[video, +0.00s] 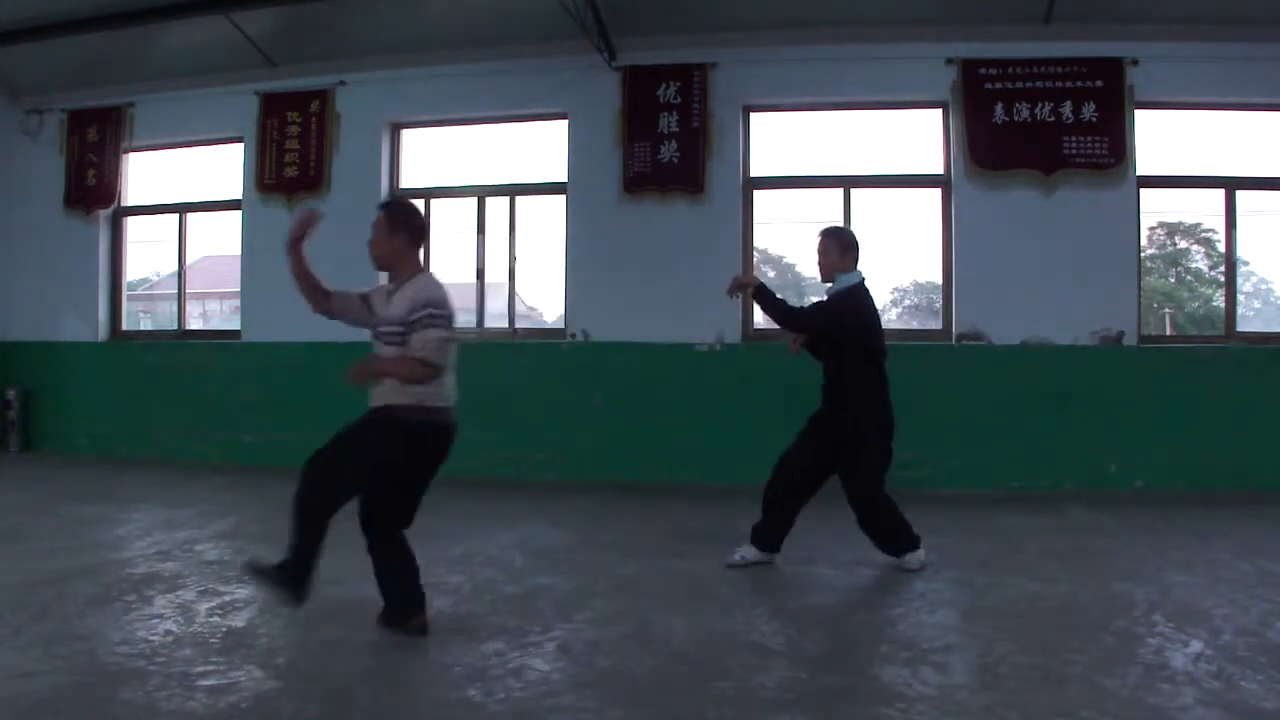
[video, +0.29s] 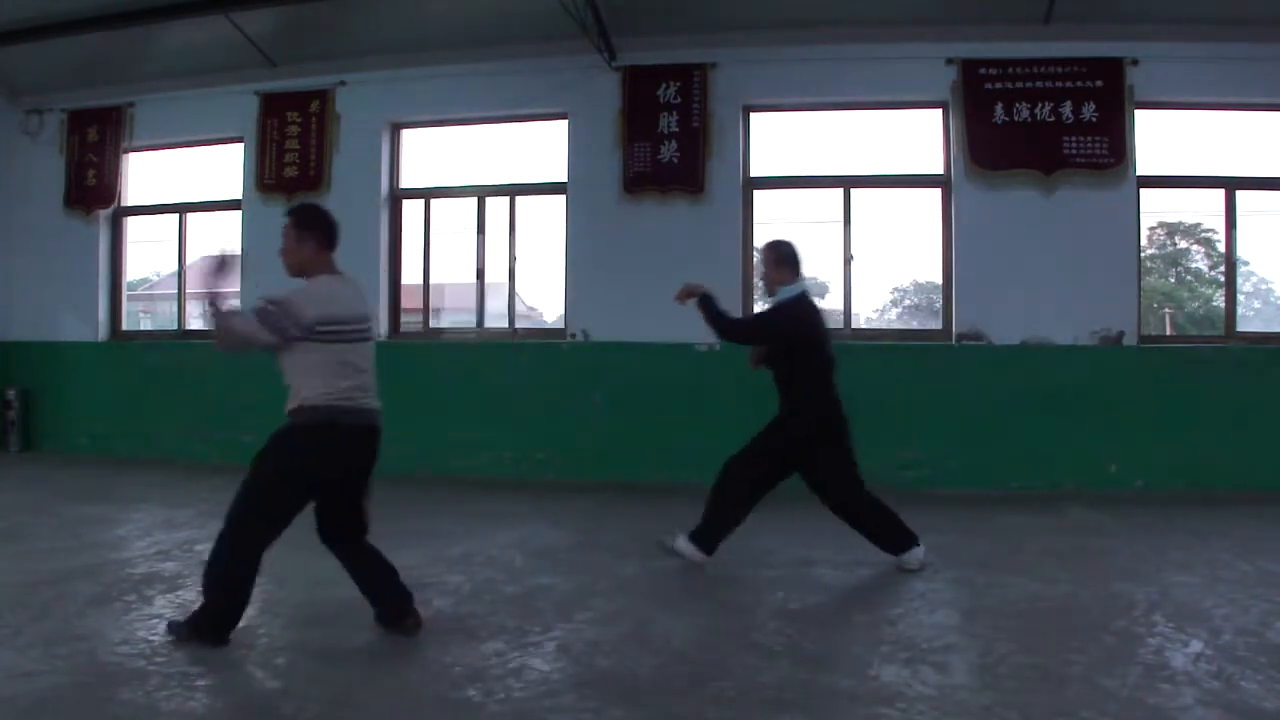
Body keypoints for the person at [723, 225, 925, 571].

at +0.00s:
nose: (817, 260)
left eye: (823, 253)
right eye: (818, 253)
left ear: (844, 256)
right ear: (844, 258)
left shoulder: (847, 301)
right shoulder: (852, 298)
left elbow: (796, 321)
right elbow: (841, 351)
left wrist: (756, 289)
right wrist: (808, 342)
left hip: (856, 414)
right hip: (848, 410)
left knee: (863, 487)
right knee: (792, 473)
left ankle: (909, 548)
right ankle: (764, 545)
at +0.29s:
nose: (761, 274)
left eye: (765, 267)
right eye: (762, 267)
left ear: (782, 270)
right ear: (790, 269)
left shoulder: (789, 312)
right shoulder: (801, 308)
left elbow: (733, 331)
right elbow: (806, 355)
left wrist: (703, 297)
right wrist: (769, 355)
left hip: (803, 421)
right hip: (818, 419)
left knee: (742, 474)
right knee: (842, 491)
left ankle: (700, 544)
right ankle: (907, 547)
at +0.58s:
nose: (657, 247)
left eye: (661, 239)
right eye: (658, 238)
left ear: (677, 240)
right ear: (684, 241)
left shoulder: (700, 284)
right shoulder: (698, 281)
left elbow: (694, 345)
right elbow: (695, 343)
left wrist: (660, 329)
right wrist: (661, 329)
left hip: (709, 397)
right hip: (707, 394)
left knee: (662, 456)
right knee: (668, 457)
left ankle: (684, 546)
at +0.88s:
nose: (608, 238)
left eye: (613, 230)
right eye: (609, 230)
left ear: (631, 233)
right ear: (627, 232)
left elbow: (688, 329)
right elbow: (571, 296)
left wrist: (646, 332)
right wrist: (536, 265)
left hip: (645, 380)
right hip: (618, 375)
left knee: (562, 345)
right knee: (609, 461)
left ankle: (580, 420)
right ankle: (615, 549)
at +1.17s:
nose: (569, 254)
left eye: (572, 246)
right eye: (569, 246)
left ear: (588, 247)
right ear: (597, 248)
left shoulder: (597, 295)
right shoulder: (607, 293)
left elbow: (558, 330)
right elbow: (587, 339)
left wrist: (513, 305)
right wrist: (559, 317)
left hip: (564, 405)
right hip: (589, 407)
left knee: (500, 453)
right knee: (570, 484)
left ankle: (462, 528)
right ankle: (611, 555)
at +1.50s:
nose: (473, 278)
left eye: (476, 270)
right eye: (474, 270)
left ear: (488, 270)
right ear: (504, 269)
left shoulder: (508, 314)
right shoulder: (513, 310)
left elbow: (494, 359)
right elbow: (444, 333)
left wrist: (467, 355)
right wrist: (422, 306)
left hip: (512, 428)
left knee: (453, 485)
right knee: (515, 503)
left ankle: (423, 557)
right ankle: (563, 556)